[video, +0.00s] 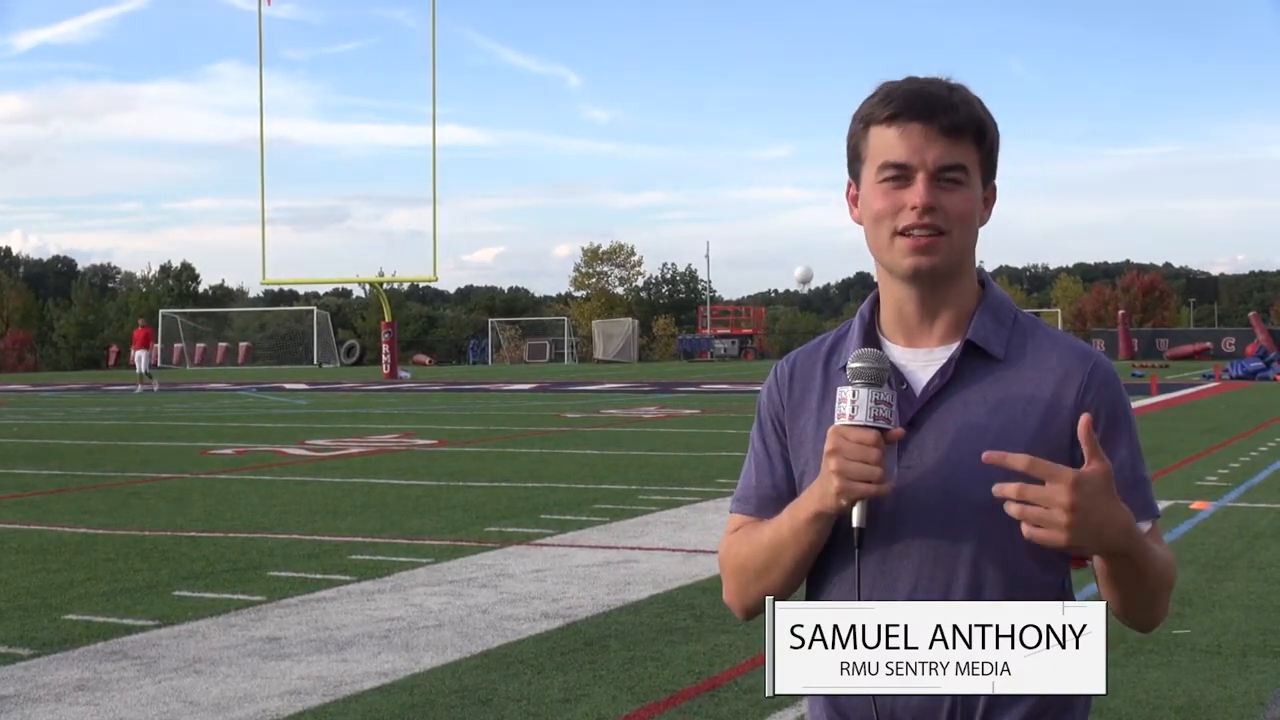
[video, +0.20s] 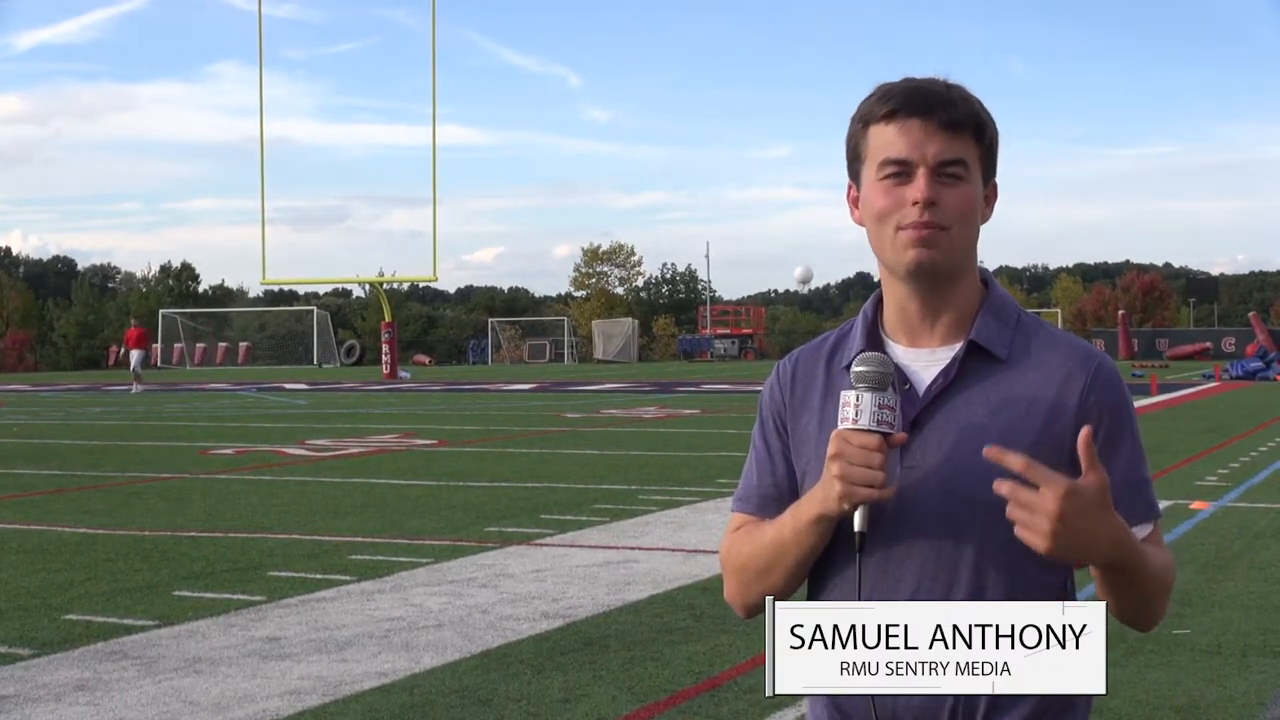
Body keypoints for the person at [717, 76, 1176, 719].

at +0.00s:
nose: (922, 201)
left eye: (950, 178)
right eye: (895, 177)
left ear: (986, 201)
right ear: (855, 201)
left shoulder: (1075, 379)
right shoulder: (796, 384)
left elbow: (1146, 611)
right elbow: (740, 590)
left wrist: (1118, 536)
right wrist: (820, 498)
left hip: (1024, 706)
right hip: (846, 707)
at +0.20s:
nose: (923, 195)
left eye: (950, 173)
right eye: (896, 174)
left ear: (987, 199)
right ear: (856, 203)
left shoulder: (1078, 379)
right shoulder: (797, 383)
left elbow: (1146, 609)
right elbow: (741, 587)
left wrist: (1111, 544)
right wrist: (822, 501)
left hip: (1025, 706)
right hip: (846, 707)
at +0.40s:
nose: (919, 197)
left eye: (947, 175)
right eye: (892, 175)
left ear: (985, 199)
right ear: (854, 204)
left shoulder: (1077, 377)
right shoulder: (797, 383)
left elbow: (1147, 608)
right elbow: (741, 588)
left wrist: (1106, 526)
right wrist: (822, 499)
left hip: (1024, 706)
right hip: (846, 707)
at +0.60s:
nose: (918, 199)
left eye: (944, 177)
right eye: (890, 178)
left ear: (981, 200)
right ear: (851, 205)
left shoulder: (1074, 381)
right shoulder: (794, 384)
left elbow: (1146, 589)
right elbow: (742, 589)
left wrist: (1101, 587)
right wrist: (823, 505)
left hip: (1021, 707)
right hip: (844, 707)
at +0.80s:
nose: (916, 200)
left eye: (943, 177)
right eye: (888, 178)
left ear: (981, 199)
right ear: (850, 204)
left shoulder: (1075, 381)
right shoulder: (795, 383)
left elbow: (1143, 586)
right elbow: (741, 587)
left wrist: (1097, 586)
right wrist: (819, 502)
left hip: (1022, 707)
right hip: (845, 707)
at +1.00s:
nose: (916, 201)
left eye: (944, 177)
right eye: (889, 179)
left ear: (981, 200)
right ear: (850, 204)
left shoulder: (1074, 382)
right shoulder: (794, 383)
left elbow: (1141, 583)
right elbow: (741, 587)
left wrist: (1090, 588)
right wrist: (821, 505)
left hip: (1021, 708)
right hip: (843, 707)